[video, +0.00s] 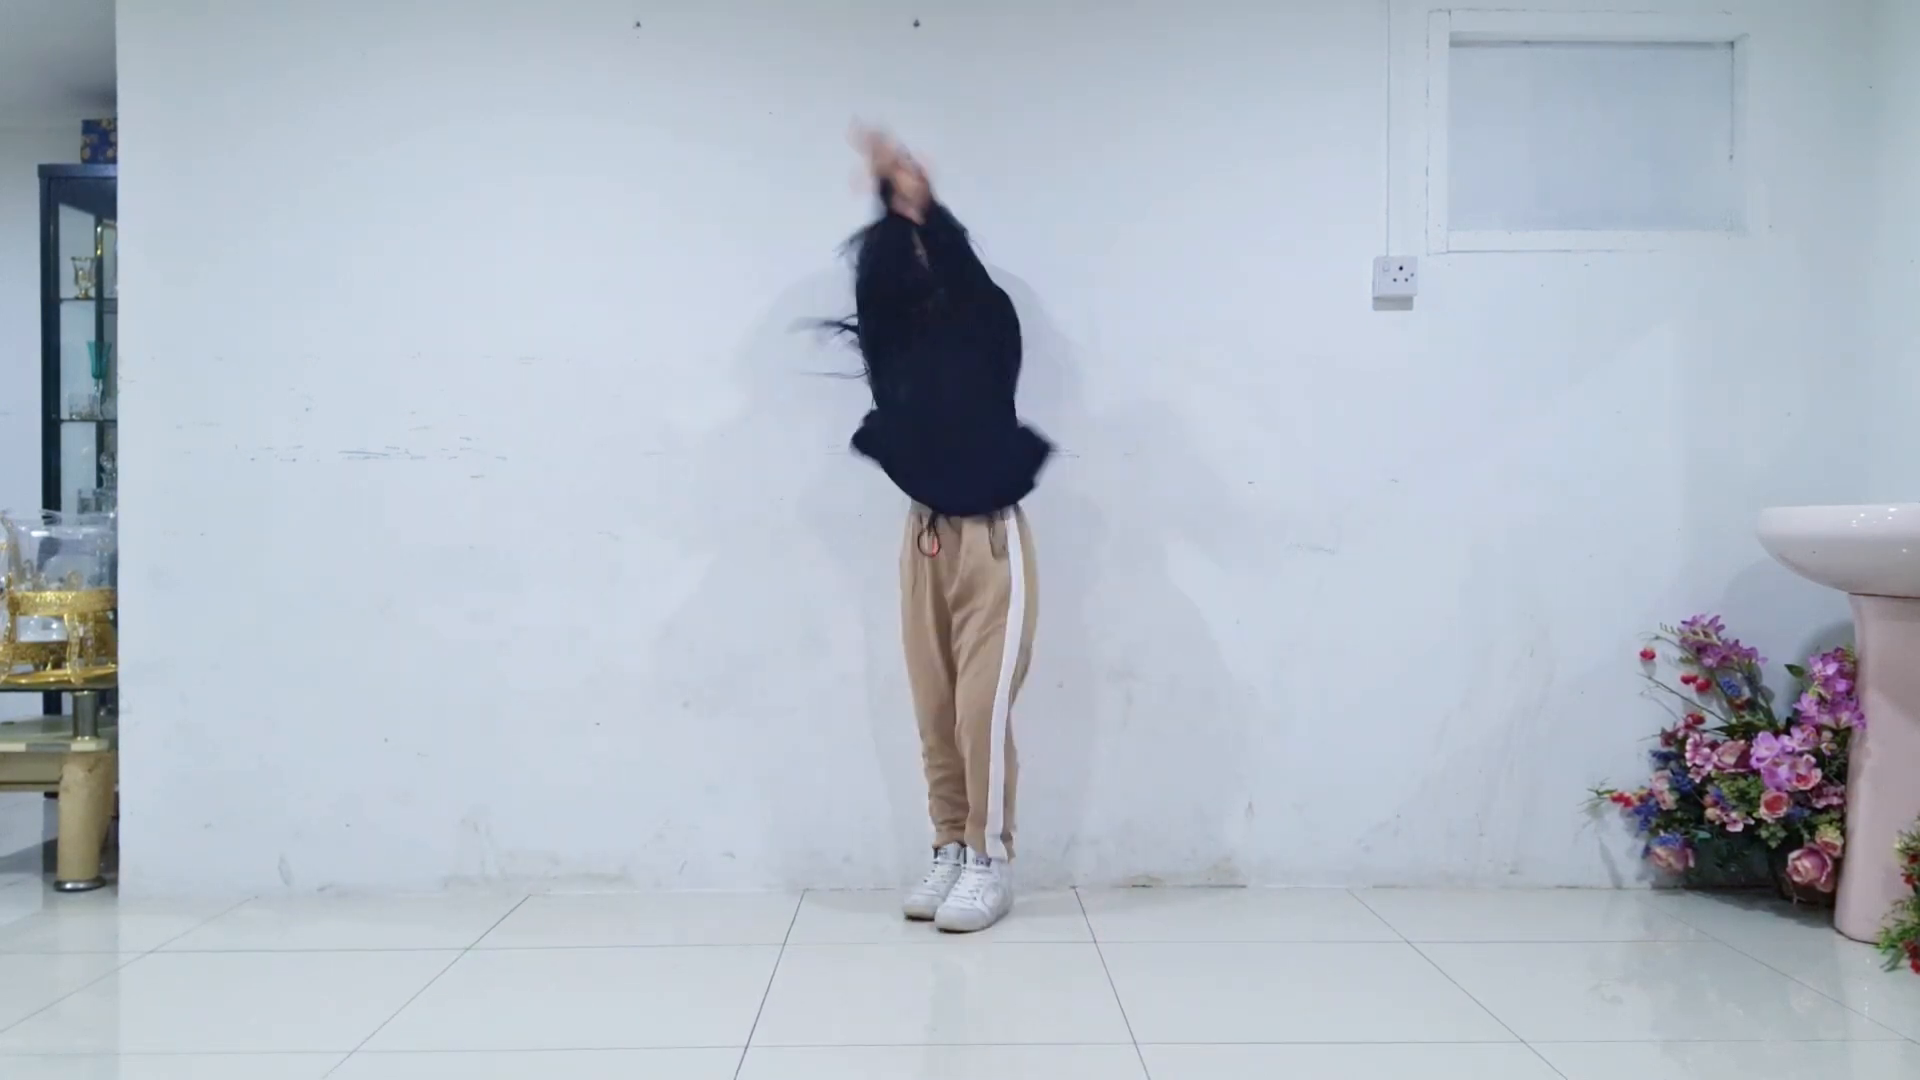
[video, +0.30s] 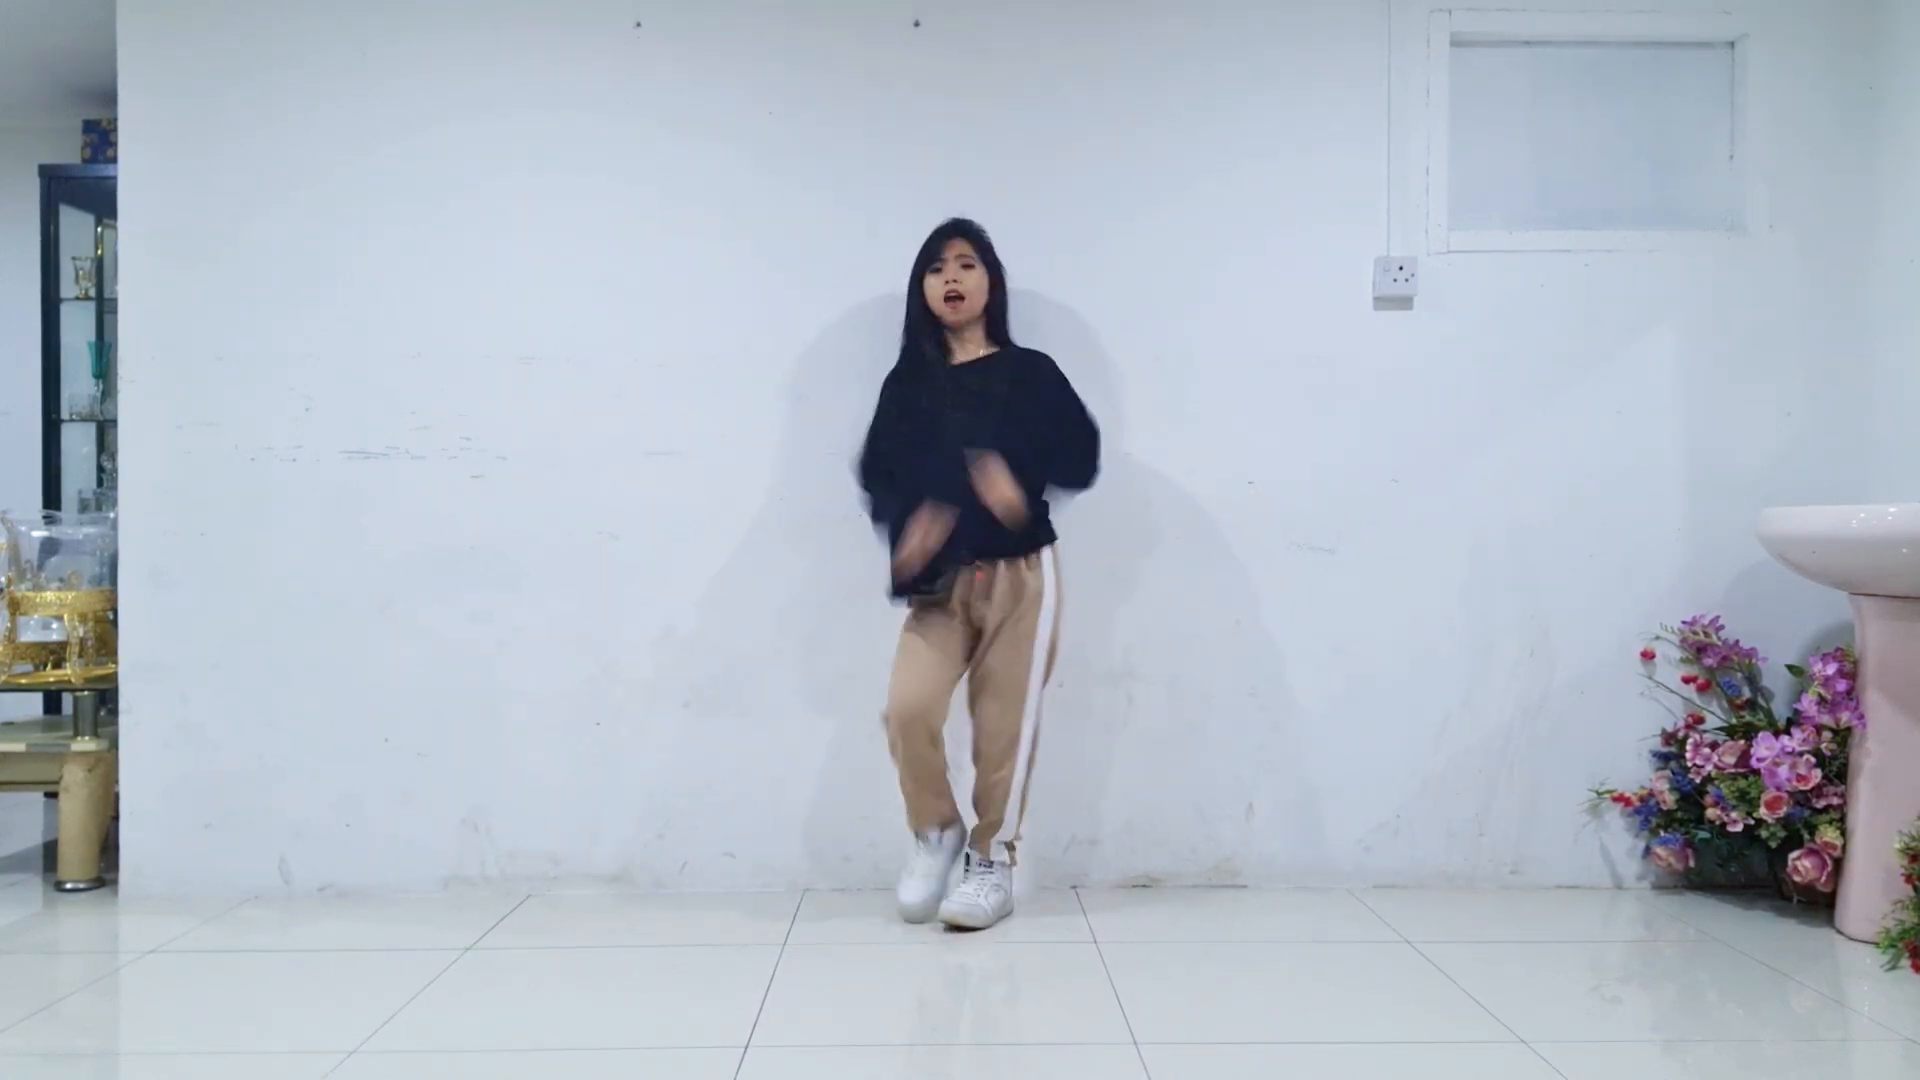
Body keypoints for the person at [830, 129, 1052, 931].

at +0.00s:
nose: (919, 256)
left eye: (930, 244)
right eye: (897, 245)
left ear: (948, 251)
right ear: (884, 270)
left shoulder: (987, 318)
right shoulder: (891, 336)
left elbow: (959, 268)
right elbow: (876, 278)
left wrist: (926, 205)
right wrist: (891, 210)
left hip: (994, 536)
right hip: (922, 533)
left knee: (981, 705)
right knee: (934, 706)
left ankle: (989, 864)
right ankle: (950, 856)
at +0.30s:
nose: (952, 278)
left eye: (967, 266)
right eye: (938, 269)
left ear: (992, 281)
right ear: (921, 289)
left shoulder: (1031, 370)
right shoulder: (906, 382)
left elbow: (1082, 462)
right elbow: (879, 471)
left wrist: (1019, 473)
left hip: (1018, 572)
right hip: (935, 576)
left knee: (999, 722)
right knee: (907, 710)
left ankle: (991, 864)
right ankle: (936, 835)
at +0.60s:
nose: (970, 289)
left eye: (987, 274)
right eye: (957, 276)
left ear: (1012, 289)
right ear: (939, 292)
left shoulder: (1025, 365)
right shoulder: (940, 376)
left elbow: (1016, 421)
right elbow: (949, 472)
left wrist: (999, 372)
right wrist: (945, 547)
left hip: (1040, 571)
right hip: (966, 582)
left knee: (1030, 731)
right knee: (998, 734)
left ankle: (996, 861)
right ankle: (1082, 874)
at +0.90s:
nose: (1044, 268)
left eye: (1037, 254)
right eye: (1031, 256)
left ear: (998, 276)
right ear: (997, 274)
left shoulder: (1024, 358)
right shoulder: (955, 371)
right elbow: (926, 451)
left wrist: (1073, 378)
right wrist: (996, 491)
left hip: (1063, 554)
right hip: (997, 561)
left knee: (1015, 715)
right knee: (1045, 716)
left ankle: (963, 854)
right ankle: (1093, 873)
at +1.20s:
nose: (949, 294)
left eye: (953, 284)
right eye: (955, 283)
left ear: (963, 289)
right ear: (1027, 287)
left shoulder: (935, 350)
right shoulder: (1053, 350)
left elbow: (886, 390)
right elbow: (1140, 398)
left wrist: (873, 350)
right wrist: (1076, 461)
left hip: (952, 560)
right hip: (1033, 549)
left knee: (961, 718)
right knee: (1059, 711)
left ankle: (993, 887)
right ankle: (1084, 873)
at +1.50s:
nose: (933, 260)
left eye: (954, 249)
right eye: (928, 248)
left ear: (988, 268)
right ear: (916, 263)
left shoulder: (1012, 331)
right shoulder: (929, 353)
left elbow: (1065, 382)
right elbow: (939, 426)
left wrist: (1023, 298)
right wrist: (888, 417)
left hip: (1021, 551)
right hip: (960, 556)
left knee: (1025, 704)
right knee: (996, 710)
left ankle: (1046, 862)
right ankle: (1057, 842)